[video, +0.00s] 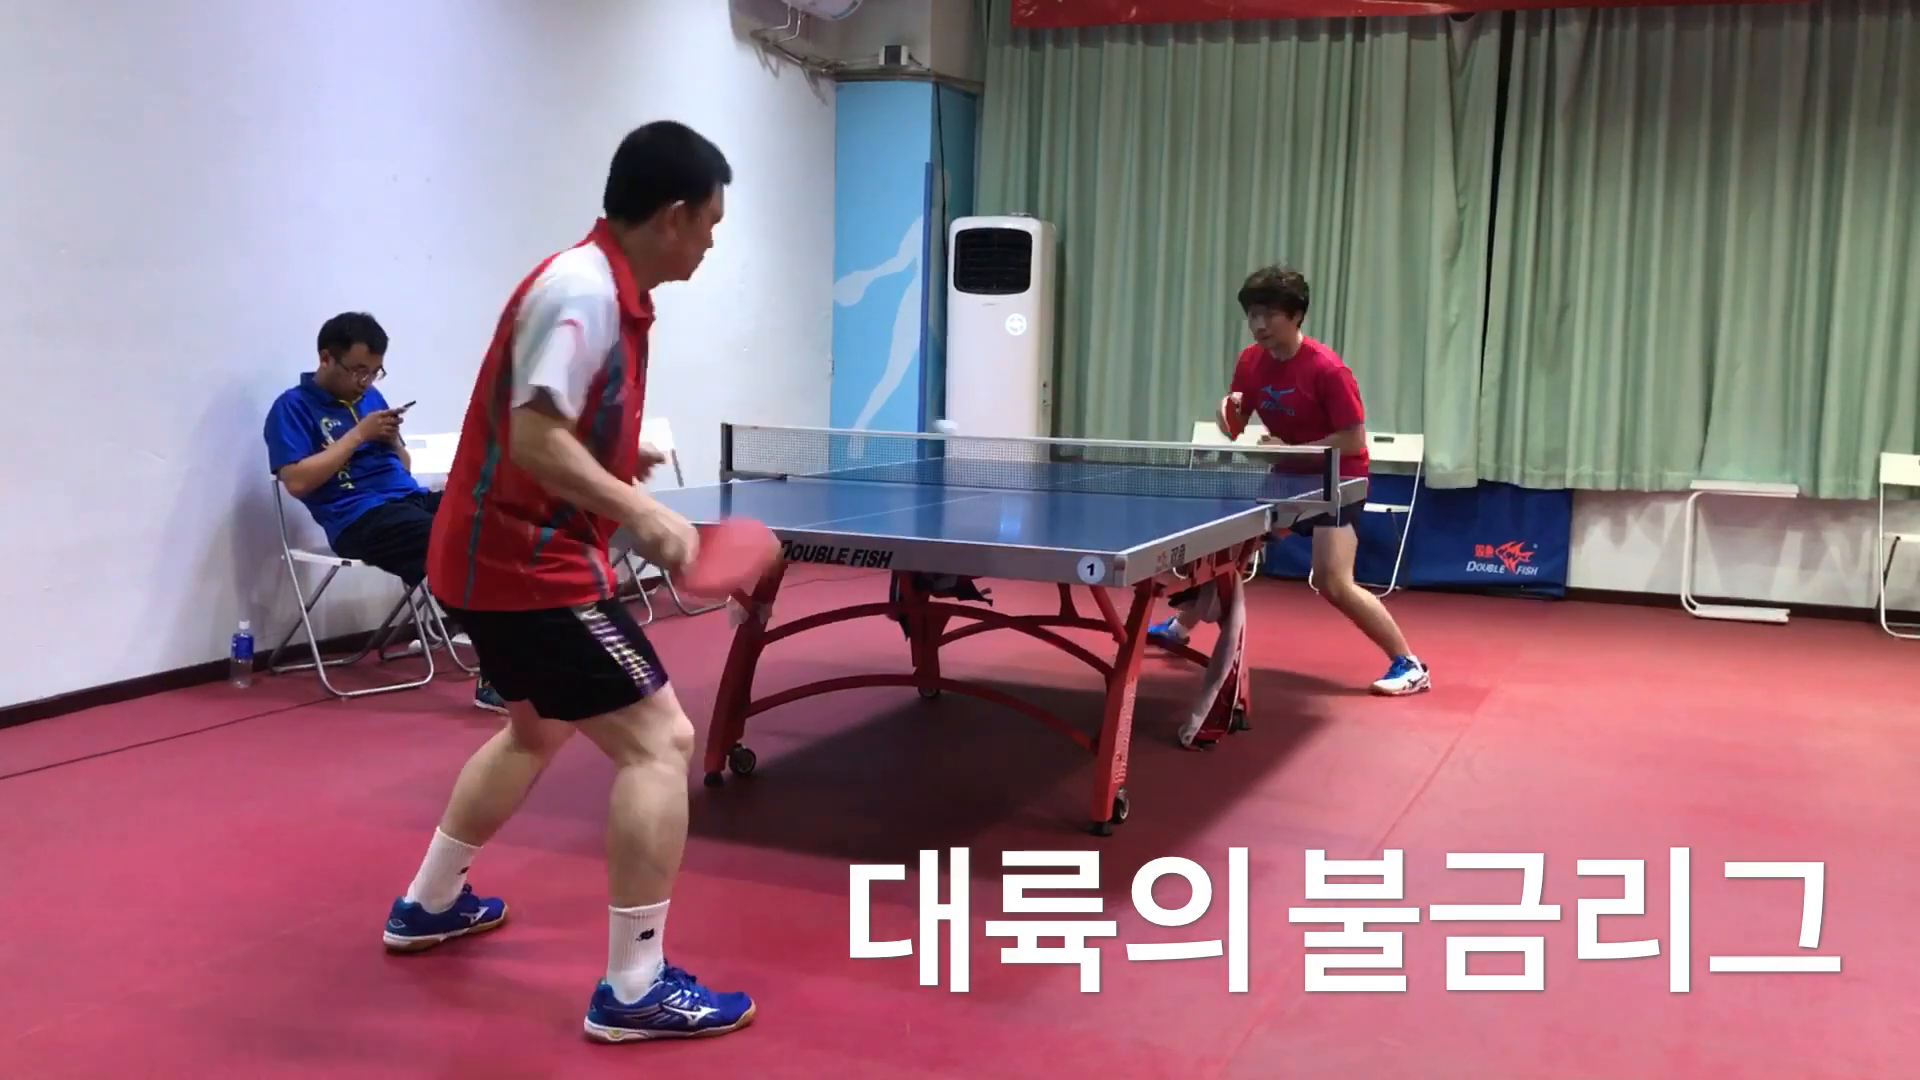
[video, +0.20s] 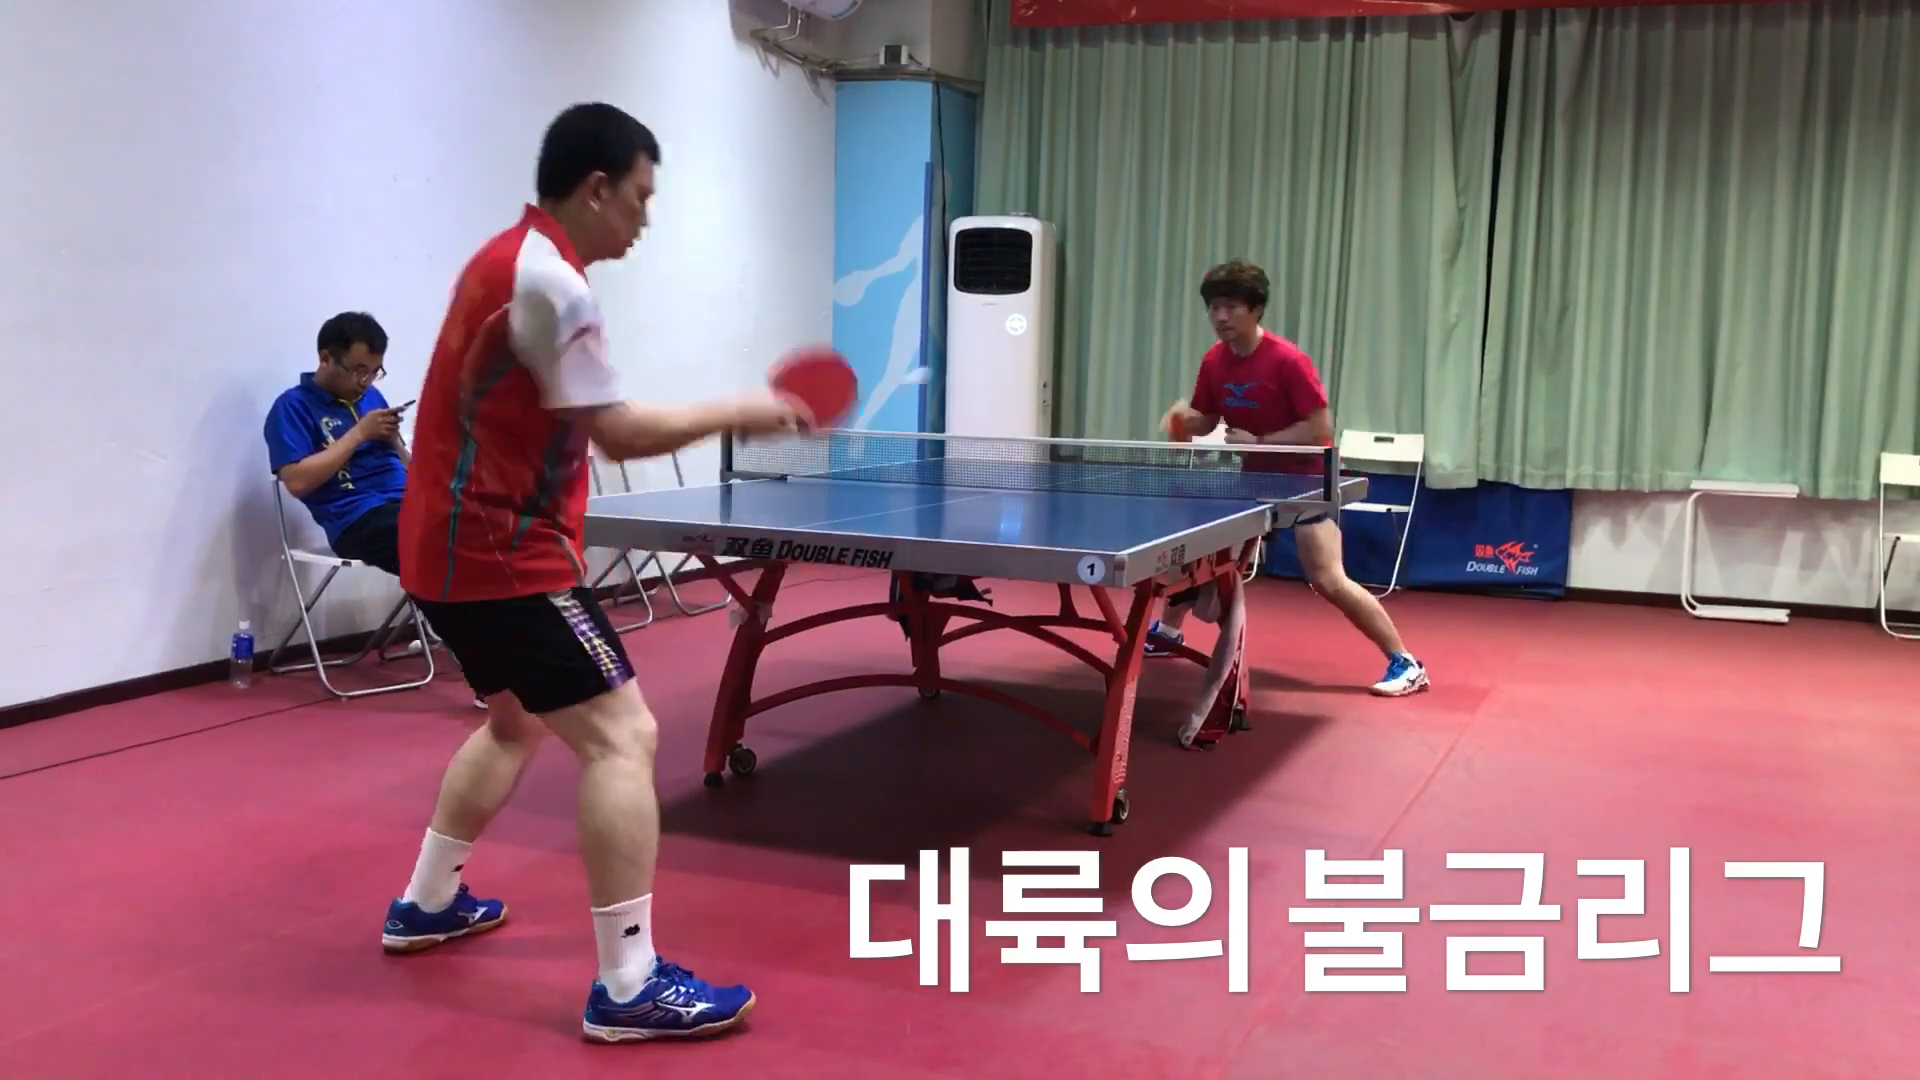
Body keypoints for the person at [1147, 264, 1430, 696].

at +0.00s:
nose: (1258, 325)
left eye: (1268, 314)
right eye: (1252, 316)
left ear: (1295, 314)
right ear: (1248, 318)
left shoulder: (1328, 370)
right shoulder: (1252, 362)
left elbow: (1354, 440)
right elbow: (1234, 428)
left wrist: (1290, 448)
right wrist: (1229, 413)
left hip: (1337, 478)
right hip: (1285, 474)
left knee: (1333, 581)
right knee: (1222, 541)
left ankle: (1408, 664)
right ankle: (1180, 628)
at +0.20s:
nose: (1220, 315)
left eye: (1231, 306)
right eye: (1214, 307)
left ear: (1256, 309)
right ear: (1208, 311)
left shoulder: (1287, 360)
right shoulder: (1215, 361)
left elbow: (1321, 428)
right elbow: (1205, 420)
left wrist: (1259, 443)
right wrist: (1181, 421)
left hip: (1305, 478)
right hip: (1252, 477)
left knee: (1328, 579)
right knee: (1189, 537)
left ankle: (1405, 662)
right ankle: (1169, 630)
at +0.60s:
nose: (1175, 343)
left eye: (1180, 334)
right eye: (1172, 335)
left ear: (1209, 330)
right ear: (1204, 331)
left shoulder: (1250, 373)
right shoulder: (1202, 370)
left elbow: (1281, 442)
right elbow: (1193, 413)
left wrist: (1222, 443)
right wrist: (1132, 399)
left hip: (1295, 482)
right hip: (1245, 481)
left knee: (1297, 580)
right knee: (1183, 539)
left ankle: (1365, 659)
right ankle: (1166, 631)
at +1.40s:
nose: (1156, 344)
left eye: (1162, 336)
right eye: (1153, 336)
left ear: (1191, 330)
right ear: (1181, 331)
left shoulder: (1229, 375)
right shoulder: (1181, 368)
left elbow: (1263, 445)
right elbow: (1169, 405)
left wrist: (1206, 446)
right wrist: (1104, 398)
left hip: (1273, 482)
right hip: (1224, 480)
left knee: (1285, 580)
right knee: (1159, 541)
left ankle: (1350, 655)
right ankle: (1131, 633)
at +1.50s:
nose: (1156, 332)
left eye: (1162, 323)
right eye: (1154, 323)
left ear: (1192, 321)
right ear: (1178, 323)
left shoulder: (1238, 364)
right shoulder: (1164, 363)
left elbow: (1271, 431)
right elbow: (1115, 386)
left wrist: (1210, 437)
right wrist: (1081, 367)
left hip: (1270, 478)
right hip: (1215, 477)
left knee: (1290, 571)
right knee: (1158, 541)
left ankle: (1350, 654)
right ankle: (1132, 631)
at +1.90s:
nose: (1160, 315)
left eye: (1169, 305)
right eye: (1153, 306)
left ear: (1194, 304)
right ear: (1148, 308)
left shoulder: (1234, 352)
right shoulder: (1145, 358)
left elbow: (1266, 411)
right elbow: (1109, 424)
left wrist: (1209, 425)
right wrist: (1103, 405)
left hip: (1245, 479)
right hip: (1184, 481)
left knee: (1282, 556)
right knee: (1139, 548)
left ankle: (1325, 647)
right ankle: (1130, 634)